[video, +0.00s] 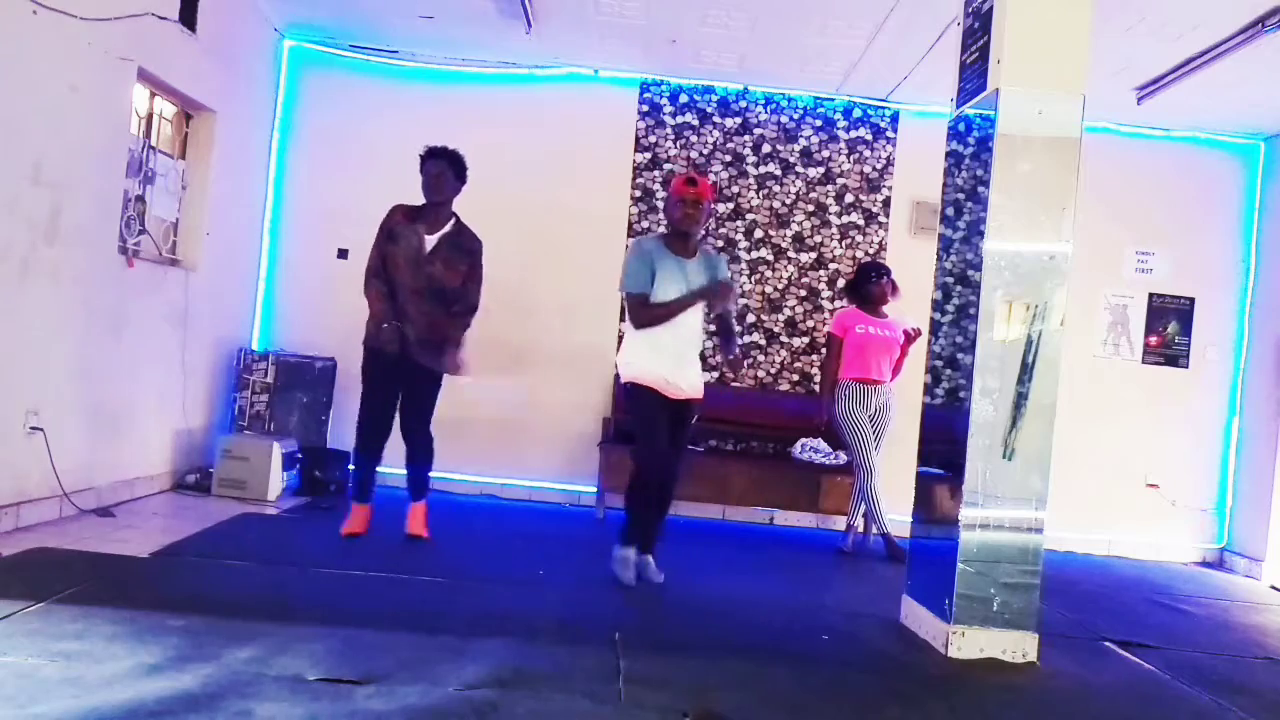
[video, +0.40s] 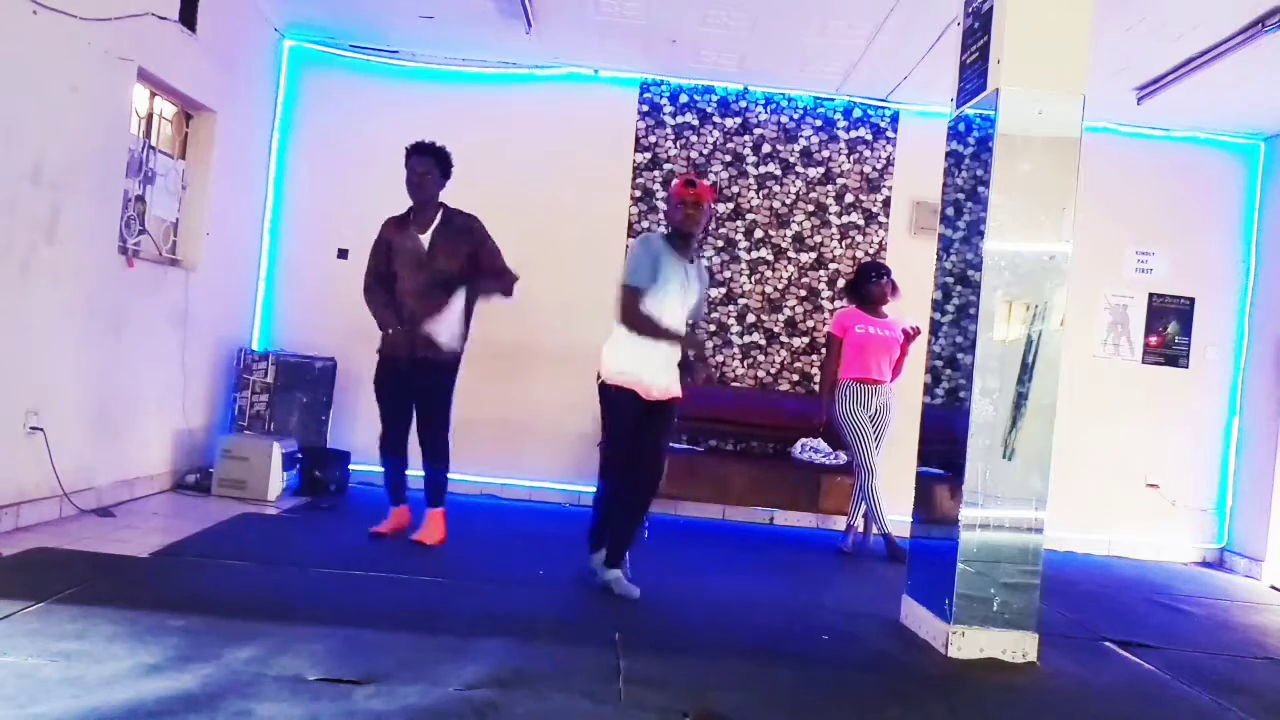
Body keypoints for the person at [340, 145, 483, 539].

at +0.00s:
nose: (431, 182)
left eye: (440, 176)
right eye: (427, 175)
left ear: (459, 183)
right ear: (420, 178)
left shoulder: (468, 243)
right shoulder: (398, 219)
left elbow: (468, 302)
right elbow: (374, 274)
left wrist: (445, 341)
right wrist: (384, 320)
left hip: (428, 353)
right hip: (384, 344)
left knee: (416, 430)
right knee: (371, 425)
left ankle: (418, 507)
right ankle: (361, 506)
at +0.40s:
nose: (416, 181)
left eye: (425, 174)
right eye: (411, 173)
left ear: (442, 180)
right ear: (405, 177)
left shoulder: (466, 227)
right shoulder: (392, 229)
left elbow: (503, 280)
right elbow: (373, 285)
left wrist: (463, 283)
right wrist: (391, 326)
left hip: (439, 355)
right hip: (396, 352)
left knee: (432, 437)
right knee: (392, 435)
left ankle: (435, 515)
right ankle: (399, 510)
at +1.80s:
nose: (428, 179)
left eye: (437, 174)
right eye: (424, 172)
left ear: (454, 183)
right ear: (417, 179)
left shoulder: (466, 234)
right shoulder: (393, 223)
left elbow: (482, 292)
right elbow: (377, 286)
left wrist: (516, 301)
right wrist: (396, 333)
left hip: (439, 343)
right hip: (395, 340)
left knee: (430, 420)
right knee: (388, 419)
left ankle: (440, 502)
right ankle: (386, 493)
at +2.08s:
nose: (413, 186)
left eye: (422, 179)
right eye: (408, 179)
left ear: (441, 185)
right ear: (403, 182)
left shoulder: (460, 232)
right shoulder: (396, 220)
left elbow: (464, 302)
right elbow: (379, 271)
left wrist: (429, 334)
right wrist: (390, 322)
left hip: (432, 348)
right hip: (389, 339)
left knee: (413, 426)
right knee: (373, 419)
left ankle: (398, 505)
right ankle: (379, 496)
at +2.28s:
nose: (411, 182)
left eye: (420, 176)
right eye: (406, 176)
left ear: (438, 183)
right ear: (400, 183)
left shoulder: (458, 225)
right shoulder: (389, 234)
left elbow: (477, 287)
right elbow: (368, 287)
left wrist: (458, 308)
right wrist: (385, 323)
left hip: (434, 346)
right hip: (389, 342)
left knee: (421, 419)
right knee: (380, 418)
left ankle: (423, 495)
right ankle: (360, 496)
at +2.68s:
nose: (425, 192)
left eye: (434, 187)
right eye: (421, 185)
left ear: (450, 195)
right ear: (413, 189)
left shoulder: (456, 236)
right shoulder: (389, 237)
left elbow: (474, 289)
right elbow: (379, 301)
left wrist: (491, 277)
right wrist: (395, 352)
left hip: (443, 349)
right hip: (400, 348)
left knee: (447, 415)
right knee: (406, 421)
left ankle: (416, 484)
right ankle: (410, 493)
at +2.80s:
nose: (423, 194)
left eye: (432, 187)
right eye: (418, 186)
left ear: (447, 194)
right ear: (410, 188)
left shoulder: (456, 240)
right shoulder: (388, 222)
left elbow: (460, 298)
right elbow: (377, 284)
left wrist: (494, 312)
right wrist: (393, 334)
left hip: (436, 348)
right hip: (391, 343)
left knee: (429, 426)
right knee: (389, 420)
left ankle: (428, 504)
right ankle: (382, 492)